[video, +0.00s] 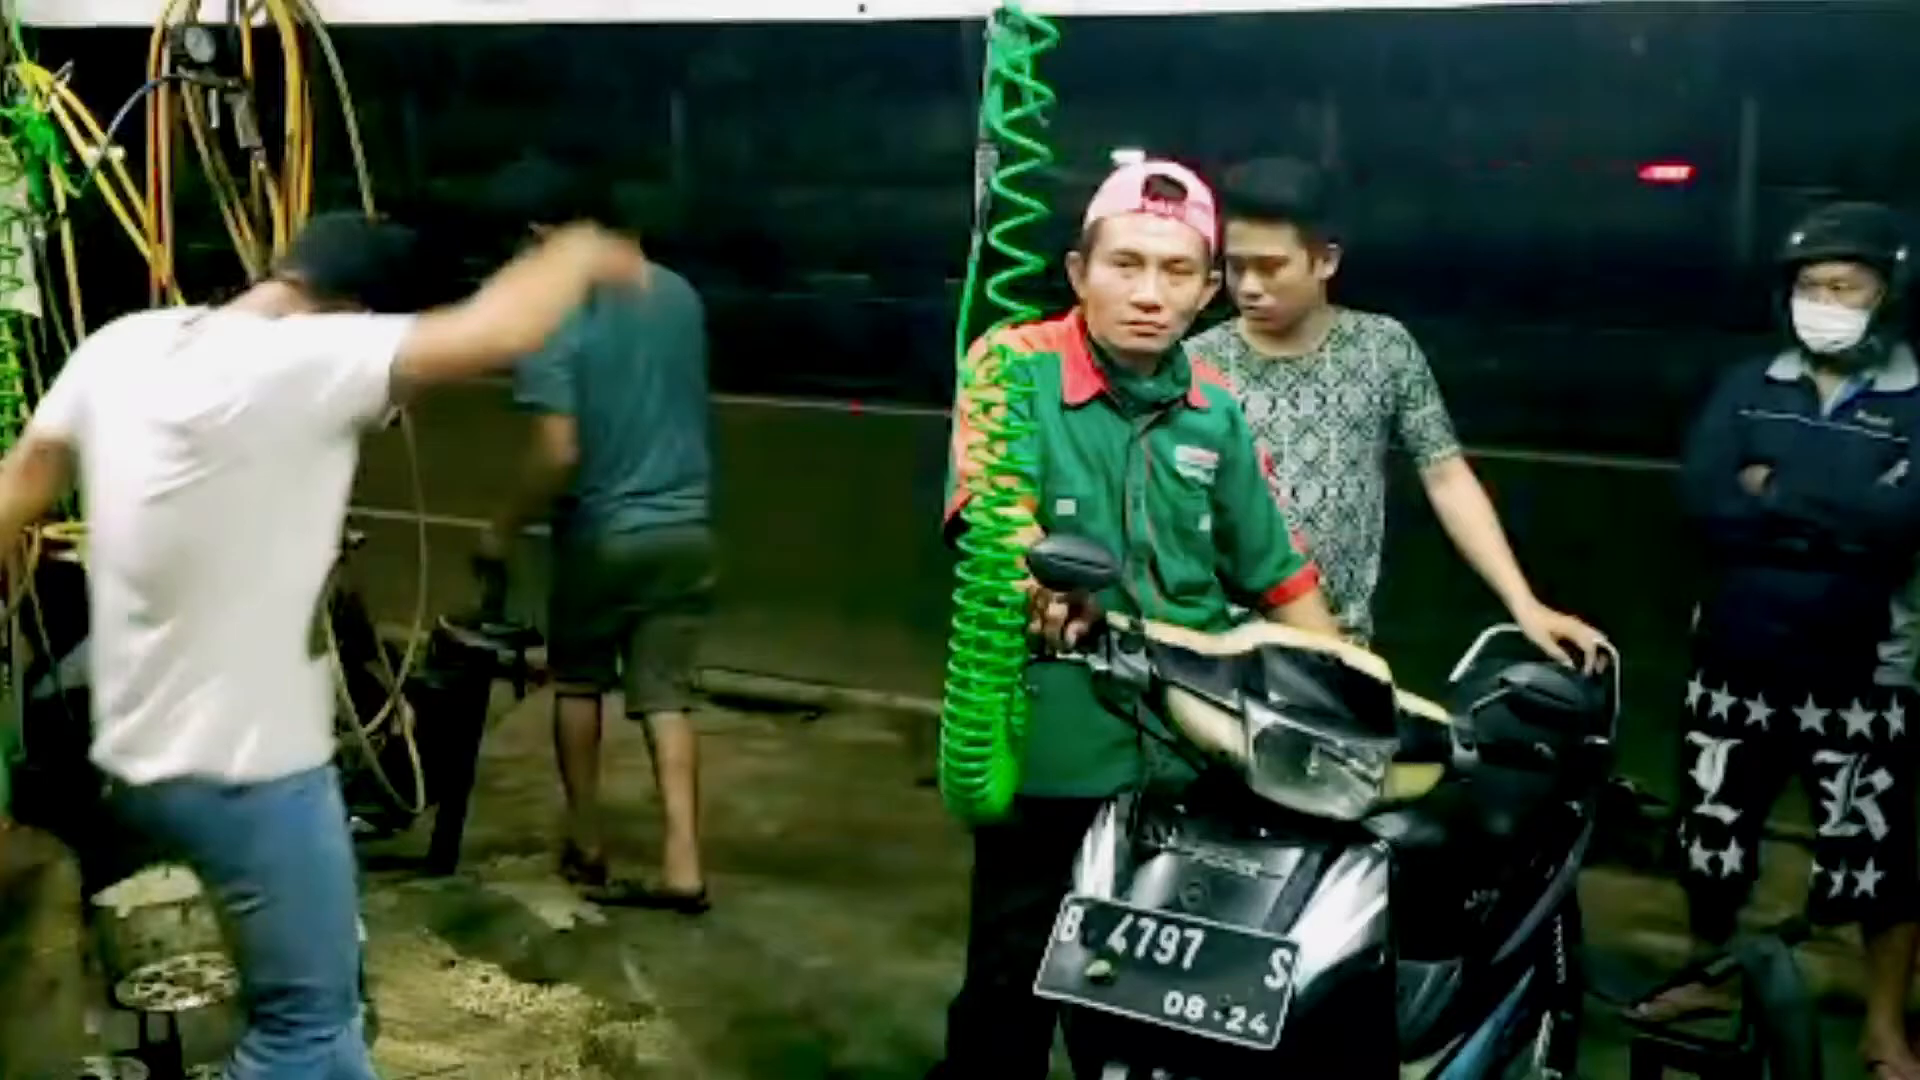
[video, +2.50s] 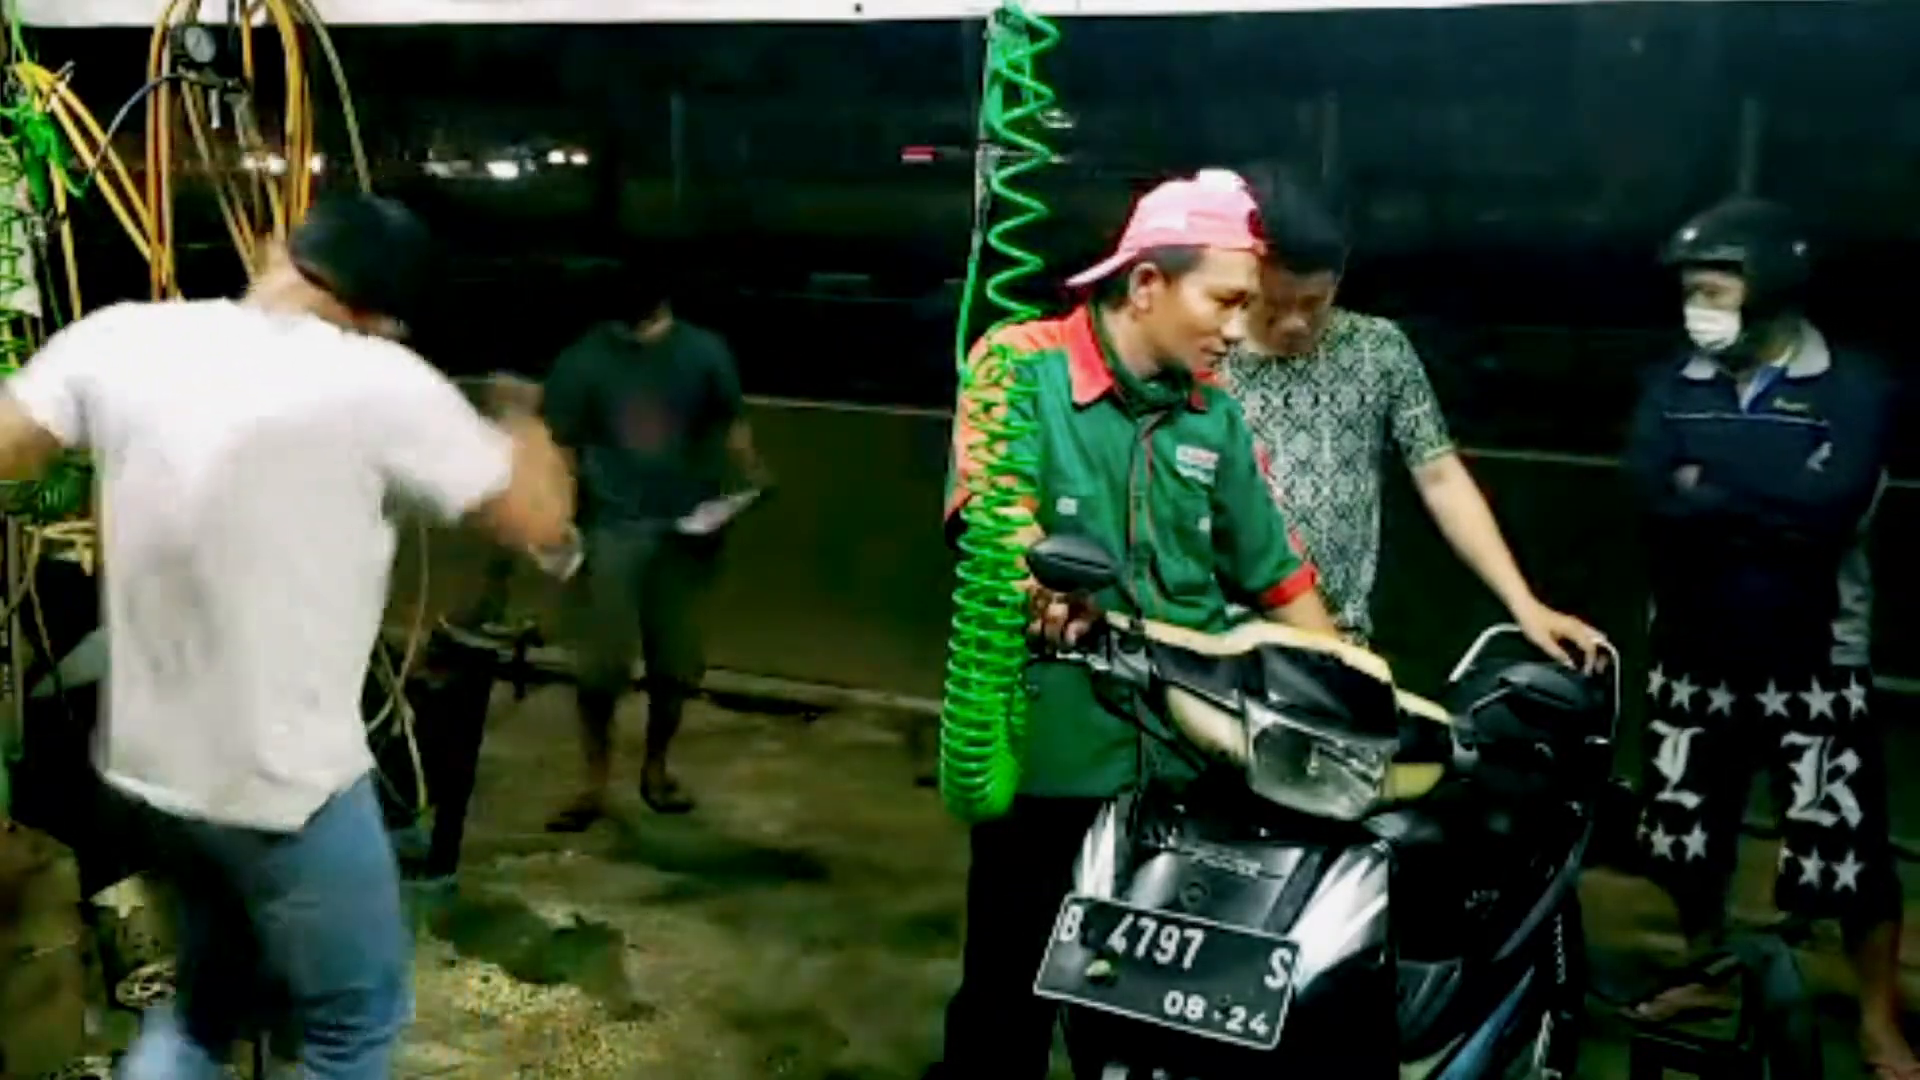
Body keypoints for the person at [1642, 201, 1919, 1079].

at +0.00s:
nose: (1826, 305)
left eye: (1847, 290)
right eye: (1812, 287)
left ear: (1882, 298)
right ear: (1788, 294)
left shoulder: (1908, 401)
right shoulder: (1745, 388)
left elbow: (1897, 519)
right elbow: (1701, 498)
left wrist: (1768, 482)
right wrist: (1836, 513)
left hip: (1861, 664)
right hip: (1739, 655)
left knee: (1874, 857)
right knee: (1709, 835)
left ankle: (1887, 1026)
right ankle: (1709, 971)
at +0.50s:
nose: (1812, 304)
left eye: (1833, 290)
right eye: (1800, 287)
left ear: (1873, 297)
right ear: (1782, 293)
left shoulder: (1906, 398)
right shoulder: (1748, 385)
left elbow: (1895, 518)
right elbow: (1703, 498)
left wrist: (1767, 479)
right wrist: (1841, 507)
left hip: (1860, 666)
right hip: (1738, 657)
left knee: (1871, 861)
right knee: (1708, 837)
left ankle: (1886, 1027)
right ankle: (1708, 971)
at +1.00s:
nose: (1797, 304)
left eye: (1817, 289)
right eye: (1786, 287)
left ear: (1858, 294)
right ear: (1772, 290)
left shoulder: (1904, 394)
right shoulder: (1744, 386)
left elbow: (1898, 520)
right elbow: (1700, 500)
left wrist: (1763, 483)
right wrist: (1840, 509)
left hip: (1859, 665)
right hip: (1737, 656)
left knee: (1873, 860)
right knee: (1707, 835)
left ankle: (1886, 1026)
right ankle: (1708, 973)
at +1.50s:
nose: (1787, 297)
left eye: (1808, 282)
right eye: (1780, 281)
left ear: (1856, 293)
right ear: (1771, 288)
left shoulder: (1903, 393)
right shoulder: (1748, 385)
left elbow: (1896, 515)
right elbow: (1705, 493)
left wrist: (1764, 478)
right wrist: (1839, 497)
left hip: (1858, 661)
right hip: (1739, 651)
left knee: (1866, 853)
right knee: (1708, 832)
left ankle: (1882, 1017)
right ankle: (1708, 975)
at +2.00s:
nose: (1756, 303)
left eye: (1778, 289)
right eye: (1750, 286)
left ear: (1830, 299)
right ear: (1741, 290)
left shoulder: (1891, 395)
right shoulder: (1729, 384)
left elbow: (1872, 520)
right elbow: (1688, 499)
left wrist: (1740, 482)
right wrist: (1825, 499)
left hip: (1839, 659)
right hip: (1721, 649)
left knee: (1860, 852)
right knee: (1699, 829)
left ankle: (1885, 1020)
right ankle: (1709, 972)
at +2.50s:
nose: (1696, 301)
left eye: (1717, 285)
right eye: (1690, 284)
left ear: (1772, 291)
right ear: (1685, 287)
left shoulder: (1846, 388)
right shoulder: (1671, 384)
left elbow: (1835, 502)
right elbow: (1649, 493)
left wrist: (1697, 470)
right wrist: (1788, 486)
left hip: (1811, 656)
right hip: (1693, 651)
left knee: (1849, 854)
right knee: (1684, 837)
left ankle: (1880, 1021)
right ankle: (1701, 971)